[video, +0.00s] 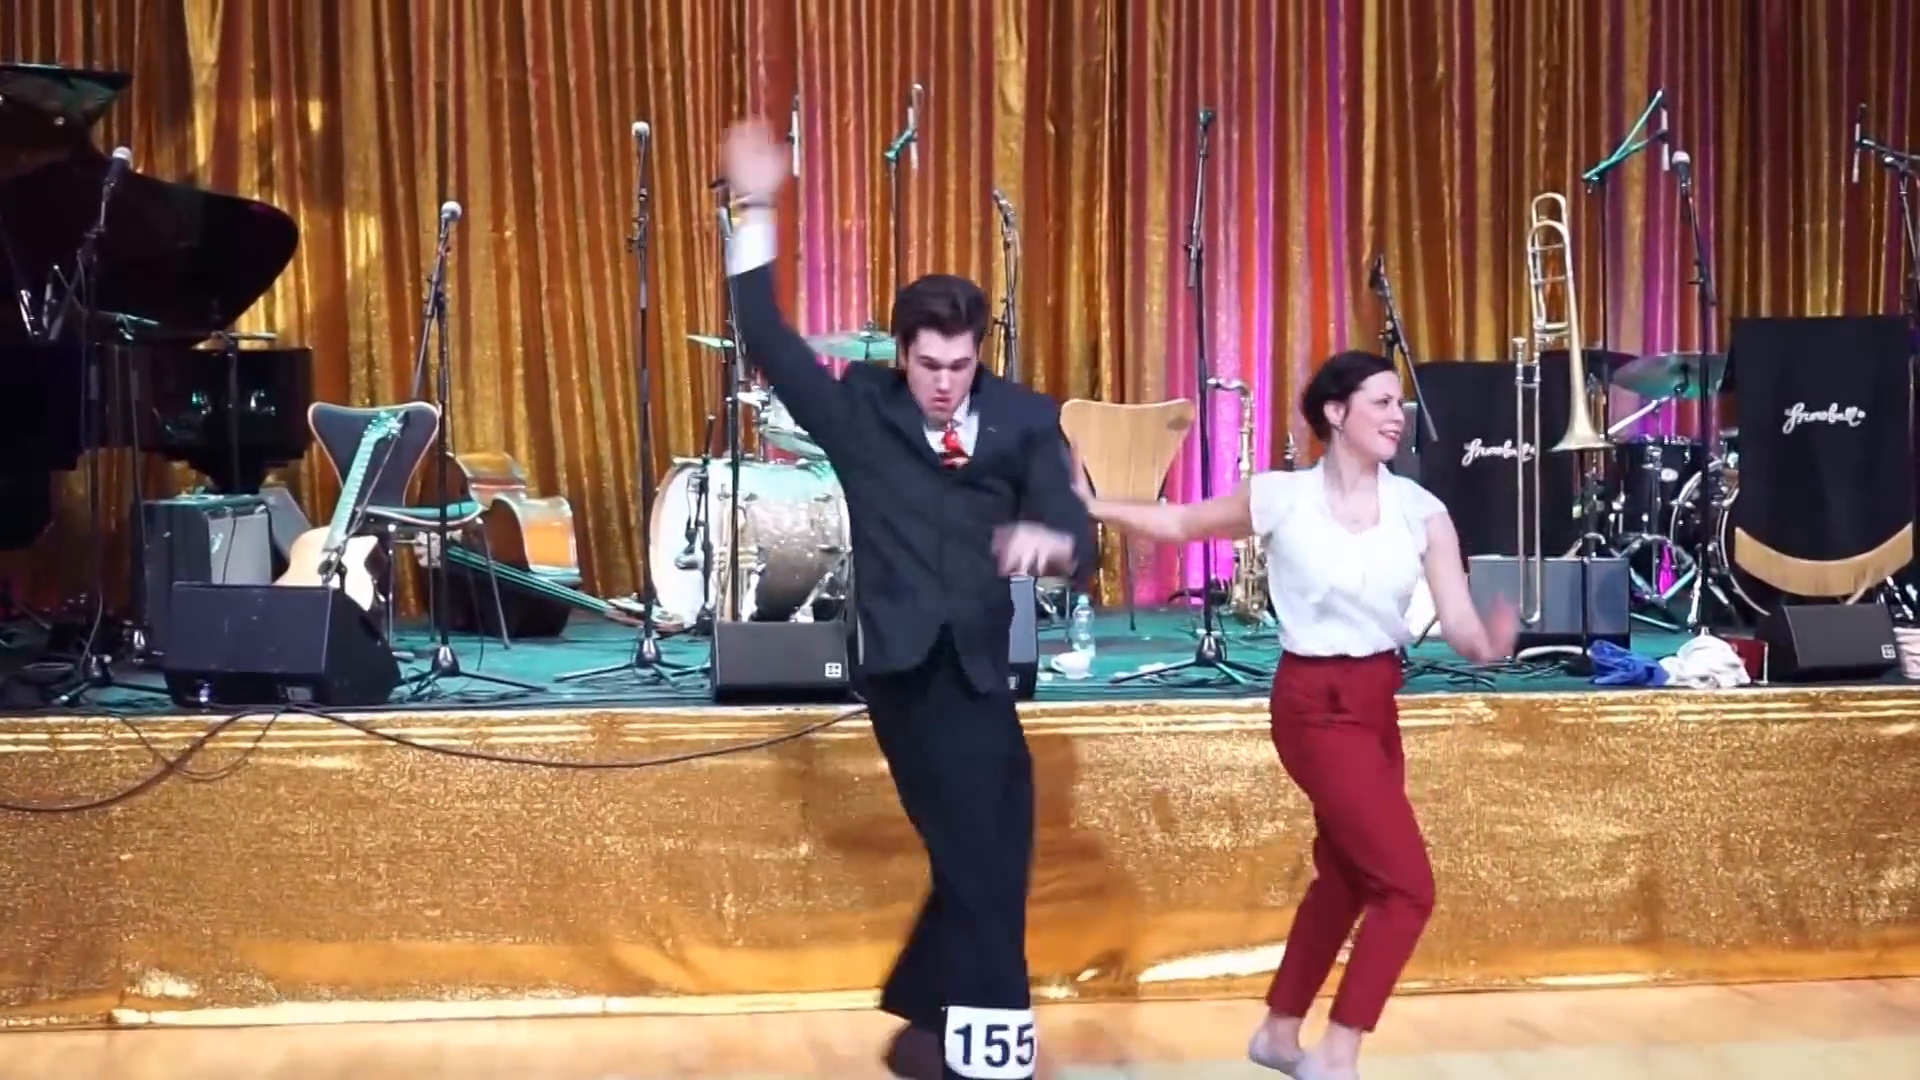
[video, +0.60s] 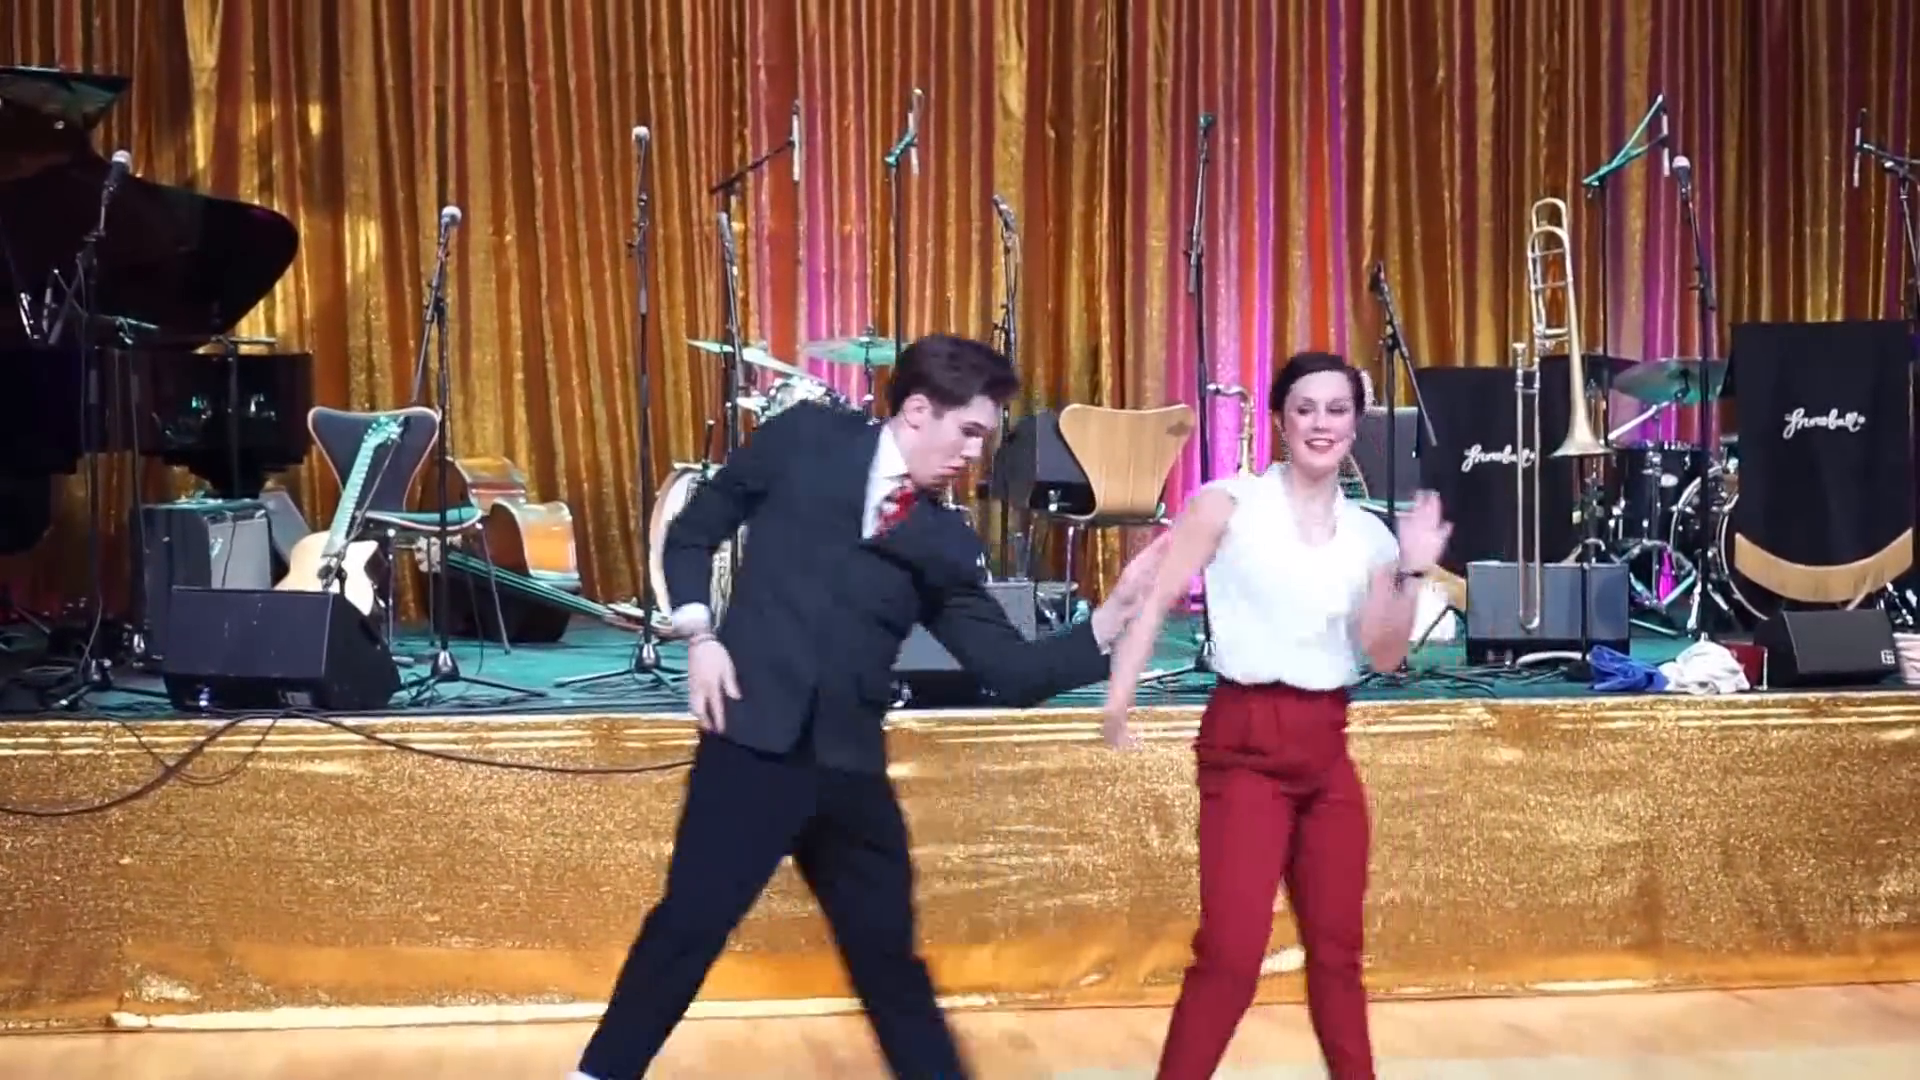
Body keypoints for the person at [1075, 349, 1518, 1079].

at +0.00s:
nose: (1398, 417)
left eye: (1400, 404)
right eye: (1382, 403)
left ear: (1392, 415)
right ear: (1334, 413)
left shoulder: (1421, 512)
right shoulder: (1278, 496)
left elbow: (1460, 624)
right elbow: (1177, 520)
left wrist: (1491, 644)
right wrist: (1095, 506)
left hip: (1378, 702)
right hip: (1309, 702)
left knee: (1342, 877)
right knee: (1409, 887)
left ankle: (1278, 1031)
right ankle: (1334, 1057)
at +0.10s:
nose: (1393, 412)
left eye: (1395, 399)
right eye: (1376, 397)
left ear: (1392, 411)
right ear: (1327, 409)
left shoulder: (1426, 505)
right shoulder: (1277, 493)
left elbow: (1487, 605)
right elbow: (1167, 518)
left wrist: (1540, 693)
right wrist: (1144, 499)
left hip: (1382, 713)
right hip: (1298, 707)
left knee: (1405, 899)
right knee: (1346, 891)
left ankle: (1333, 1012)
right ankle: (1321, 1058)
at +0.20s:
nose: (1388, 419)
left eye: (1391, 409)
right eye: (1371, 407)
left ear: (1395, 424)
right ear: (1324, 422)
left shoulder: (1433, 516)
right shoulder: (1279, 521)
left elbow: (1467, 592)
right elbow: (1209, 603)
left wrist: (1537, 645)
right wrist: (1200, 514)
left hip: (1379, 732)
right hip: (1285, 731)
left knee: (1408, 909)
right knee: (1315, 908)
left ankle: (1418, 1036)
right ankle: (1358, 1059)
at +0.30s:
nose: (1378, 430)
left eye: (1384, 418)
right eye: (1360, 417)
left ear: (1390, 432)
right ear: (1316, 431)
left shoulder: (1406, 527)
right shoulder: (1278, 528)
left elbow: (1423, 624)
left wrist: (1534, 610)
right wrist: (1292, 587)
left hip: (1381, 741)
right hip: (1291, 749)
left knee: (1380, 925)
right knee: (1327, 935)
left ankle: (1404, 1073)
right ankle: (1401, 1065)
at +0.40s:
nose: (1363, 440)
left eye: (1372, 428)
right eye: (1344, 427)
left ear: (1383, 442)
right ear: (1306, 441)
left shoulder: (1389, 550)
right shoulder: (1272, 539)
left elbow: (1434, 665)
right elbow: (1278, 672)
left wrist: (1512, 613)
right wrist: (1341, 657)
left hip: (1386, 758)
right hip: (1291, 764)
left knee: (1396, 959)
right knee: (1287, 967)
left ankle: (1413, 1078)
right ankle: (1358, 1054)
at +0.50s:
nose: (1343, 444)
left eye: (1357, 431)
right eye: (1326, 430)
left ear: (1370, 446)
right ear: (1295, 443)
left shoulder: (1381, 558)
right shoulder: (1251, 539)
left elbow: (1429, 668)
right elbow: (1196, 643)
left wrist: (1488, 600)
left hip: (1373, 759)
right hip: (1277, 764)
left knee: (1403, 950)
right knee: (1250, 960)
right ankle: (1244, 1079)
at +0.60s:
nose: (1321, 423)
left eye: (1337, 410)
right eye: (1304, 409)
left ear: (1356, 424)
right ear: (1279, 422)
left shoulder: (1370, 532)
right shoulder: (1227, 504)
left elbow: (1385, 656)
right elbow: (1155, 595)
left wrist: (1411, 570)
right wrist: (1120, 693)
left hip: (1327, 752)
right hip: (1244, 748)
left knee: (1339, 957)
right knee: (1230, 962)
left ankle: (1356, 1077)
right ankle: (1178, 1077)